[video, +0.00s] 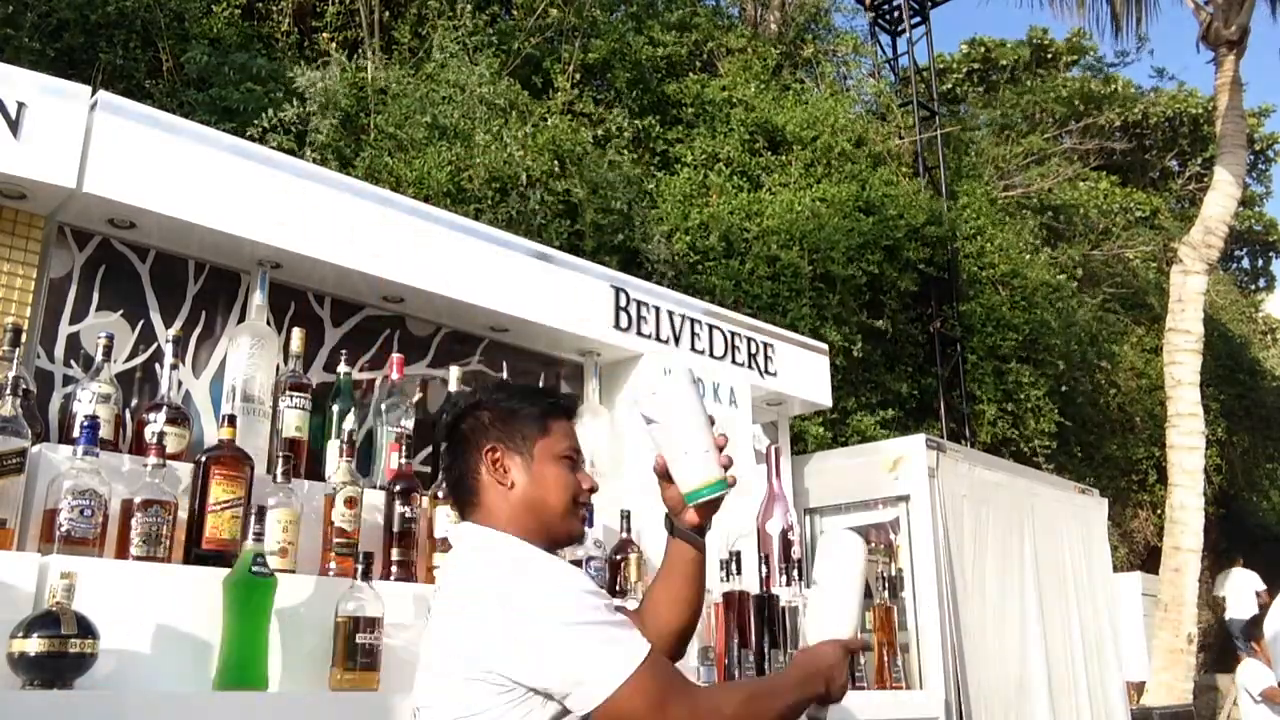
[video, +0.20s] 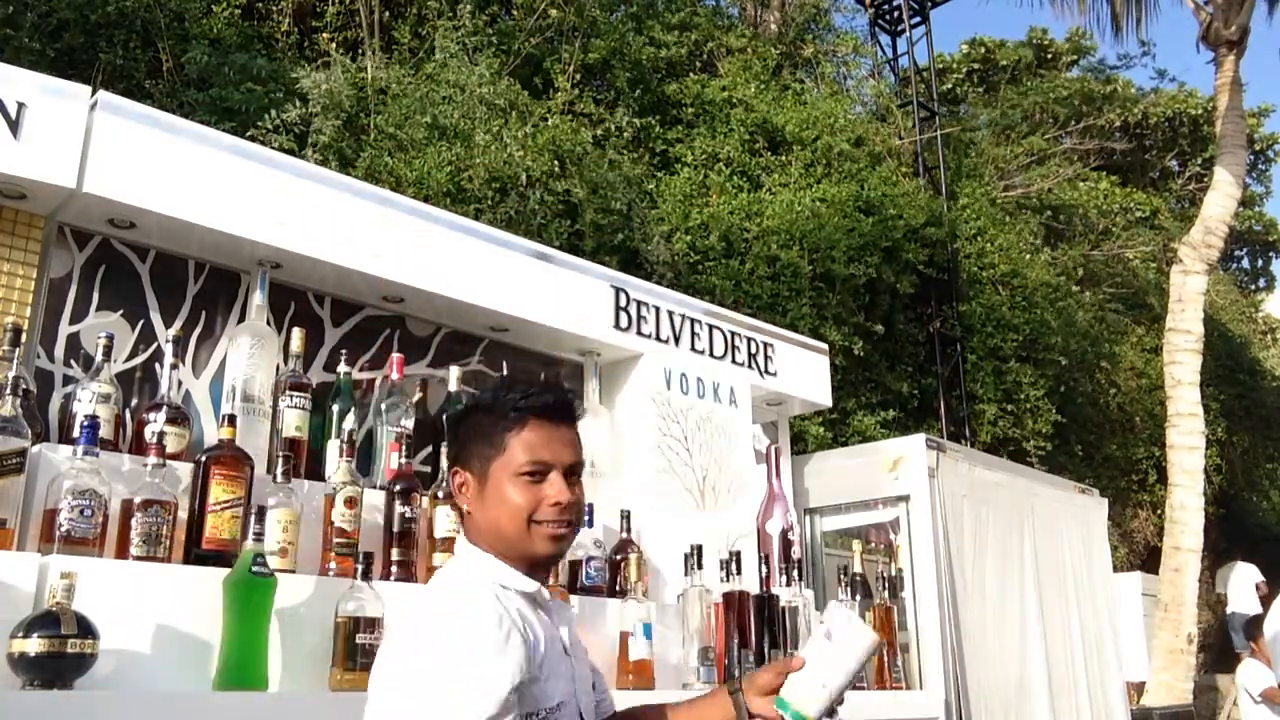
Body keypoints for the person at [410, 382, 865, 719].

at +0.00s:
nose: (590, 483)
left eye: (582, 464)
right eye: (570, 462)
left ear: (507, 471)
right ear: (503, 469)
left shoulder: (479, 575)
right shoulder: (533, 588)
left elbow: (648, 651)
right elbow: (681, 709)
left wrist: (686, 531)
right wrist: (805, 678)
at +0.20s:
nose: (566, 496)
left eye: (572, 475)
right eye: (534, 475)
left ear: (582, 479)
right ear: (466, 491)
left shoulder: (539, 609)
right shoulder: (472, 624)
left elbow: (601, 712)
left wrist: (736, 699)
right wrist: (726, 709)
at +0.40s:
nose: (474, 484)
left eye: (493, 462)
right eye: (445, 465)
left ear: (517, 482)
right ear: (397, 490)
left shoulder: (535, 639)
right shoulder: (336, 618)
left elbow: (549, 712)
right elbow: (303, 707)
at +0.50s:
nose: (441, 472)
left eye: (461, 452)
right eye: (412, 455)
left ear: (486, 480)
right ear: (366, 485)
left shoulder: (510, 627)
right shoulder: (306, 597)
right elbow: (287, 708)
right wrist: (230, 711)